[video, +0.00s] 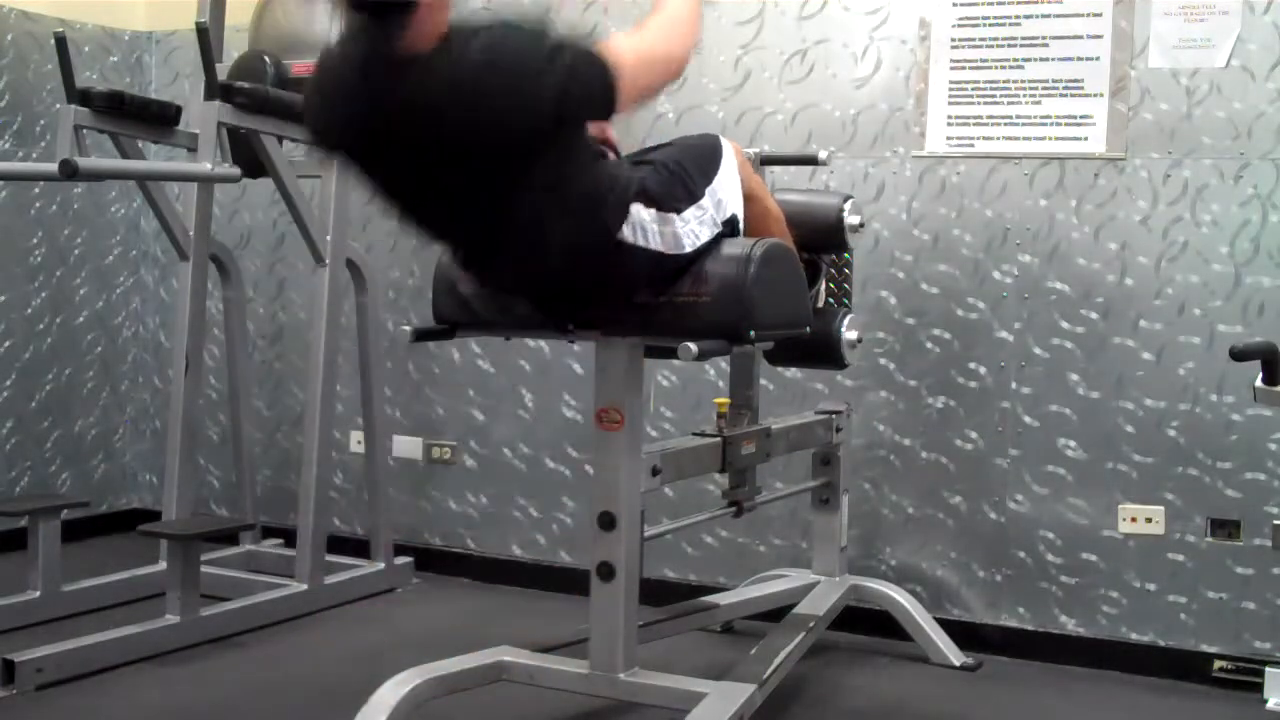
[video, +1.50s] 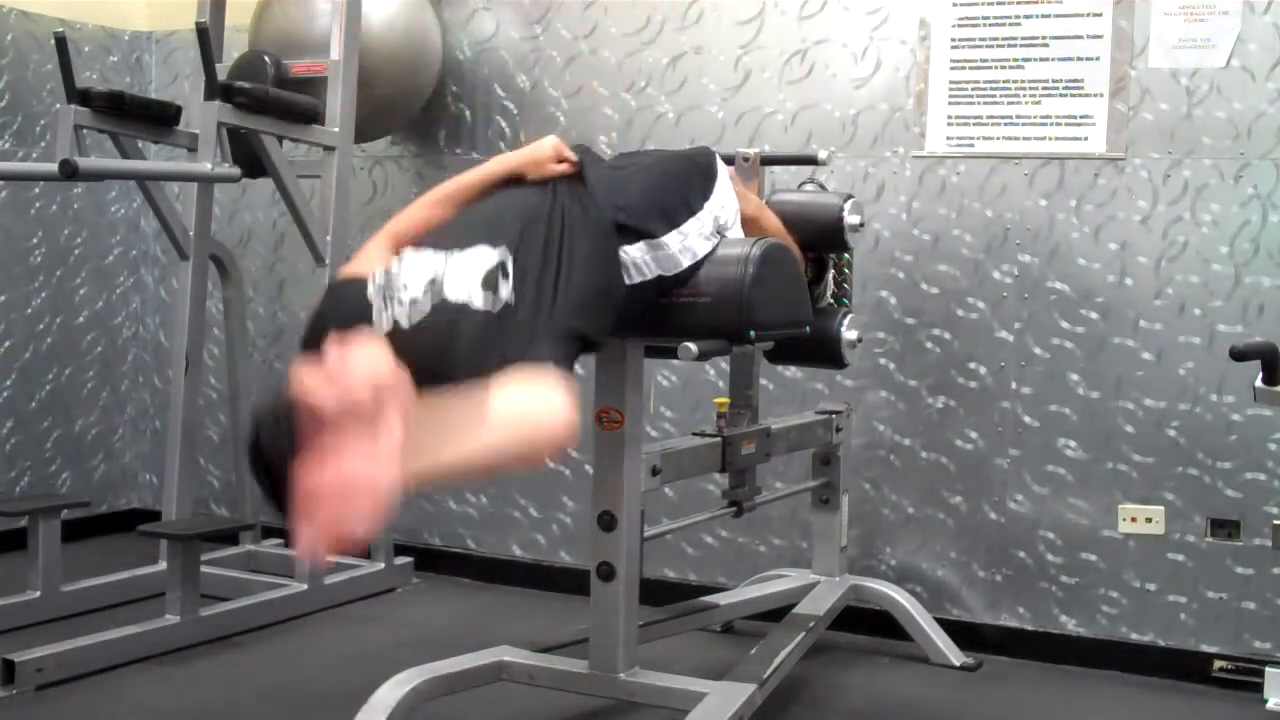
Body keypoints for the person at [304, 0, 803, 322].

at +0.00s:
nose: (447, 4)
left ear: (359, 11)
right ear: (428, 5)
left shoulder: (337, 86)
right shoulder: (484, 68)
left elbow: (454, 164)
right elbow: (656, 58)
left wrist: (567, 134)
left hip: (504, 269)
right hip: (606, 256)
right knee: (725, 159)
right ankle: (794, 289)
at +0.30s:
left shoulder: (433, 5)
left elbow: (444, 125)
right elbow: (749, 46)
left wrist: (518, 104)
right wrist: (768, 82)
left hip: (511, 241)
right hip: (625, 227)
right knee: (737, 156)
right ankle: (794, 310)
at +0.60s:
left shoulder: (455, 2)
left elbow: (449, 121)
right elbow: (757, 83)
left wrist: (524, 120)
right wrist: (771, 120)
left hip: (513, 236)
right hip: (629, 229)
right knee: (745, 153)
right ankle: (796, 301)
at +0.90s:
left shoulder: (395, 20)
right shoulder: (584, 7)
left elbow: (416, 132)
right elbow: (709, 18)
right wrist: (758, 3)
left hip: (503, 252)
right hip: (609, 232)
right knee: (737, 179)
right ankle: (803, 299)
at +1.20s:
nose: (396, 31)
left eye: (379, 26)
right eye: (386, 37)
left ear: (302, 108)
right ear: (393, 85)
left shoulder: (316, 187)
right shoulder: (476, 154)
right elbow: (630, 14)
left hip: (489, 290)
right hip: (591, 257)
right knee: (729, 191)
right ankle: (805, 274)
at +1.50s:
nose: (345, 381)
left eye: (317, 384)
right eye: (344, 419)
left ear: (305, 368)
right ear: (364, 438)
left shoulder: (336, 314)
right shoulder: (472, 385)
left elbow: (398, 235)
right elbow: (554, 414)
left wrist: (511, 164)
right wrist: (403, 444)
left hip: (565, 194)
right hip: (613, 251)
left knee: (706, 176)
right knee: (735, 193)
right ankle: (806, 297)